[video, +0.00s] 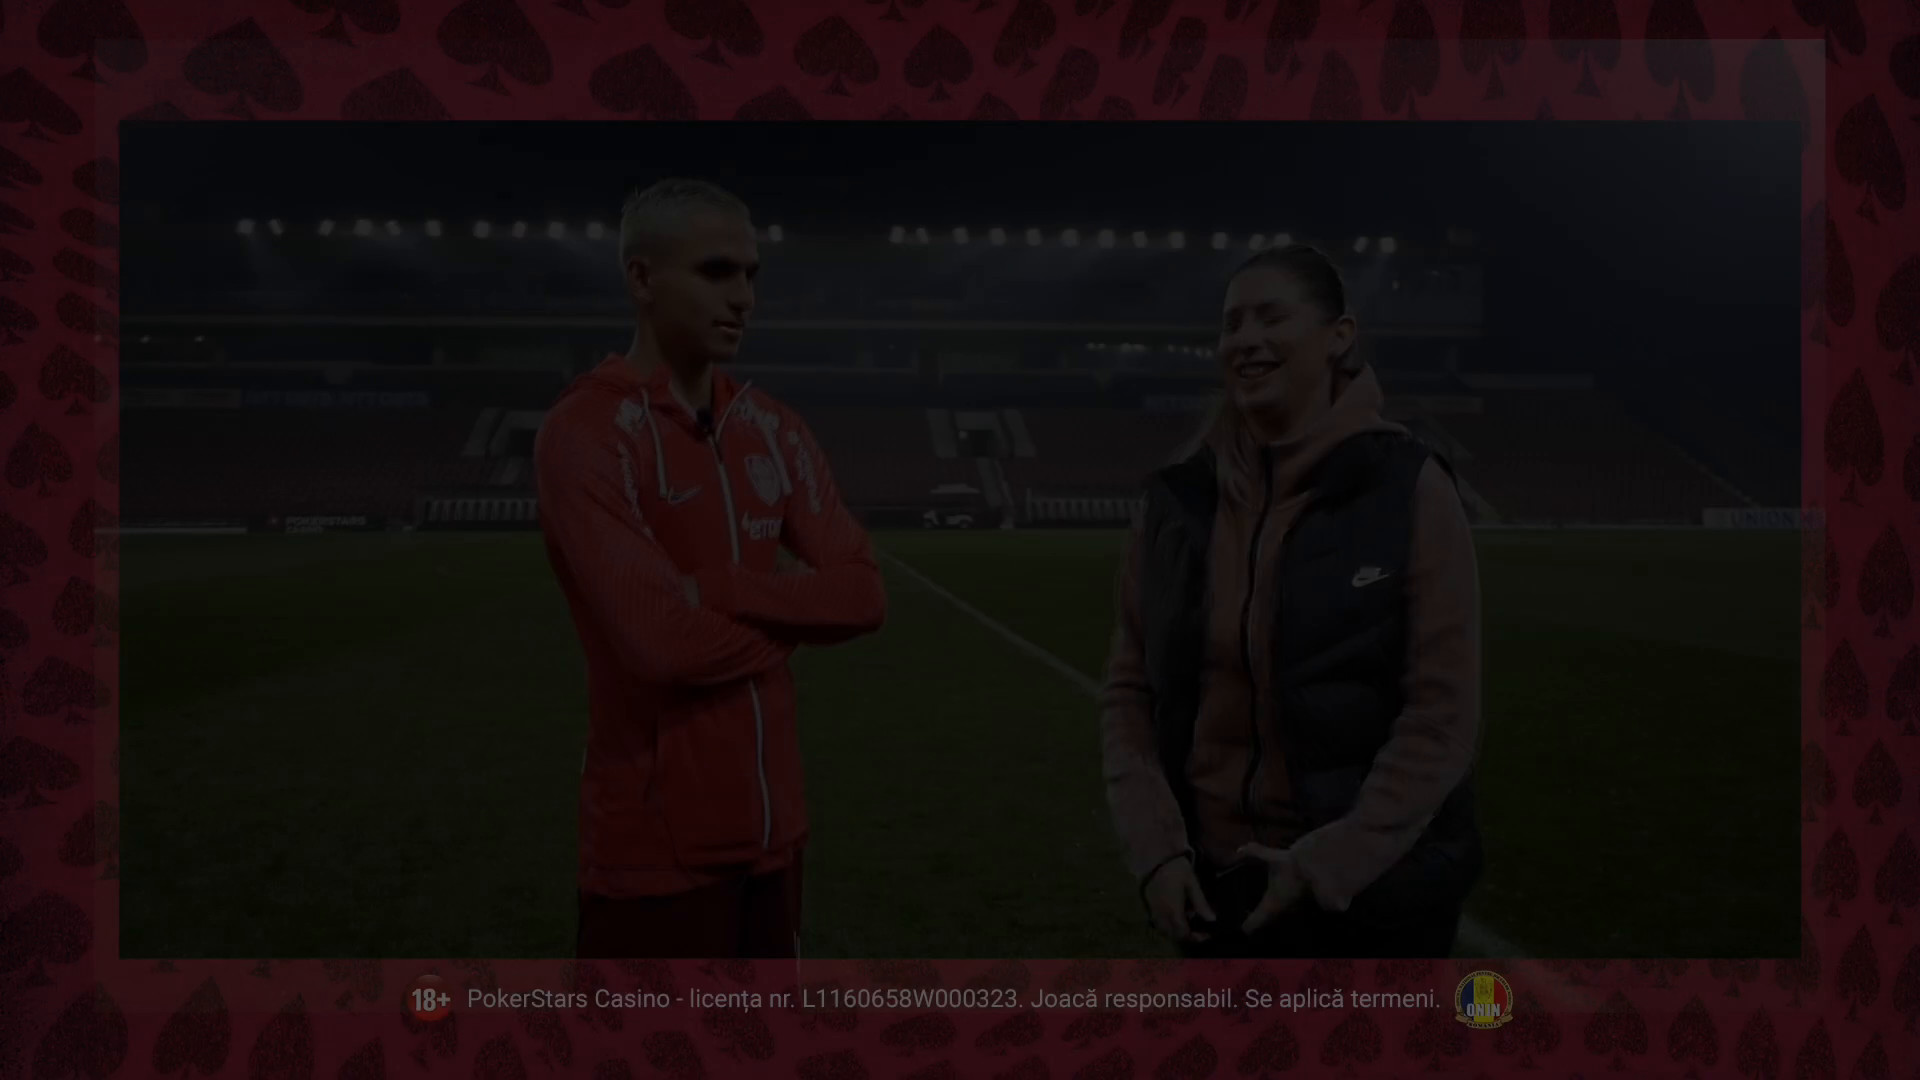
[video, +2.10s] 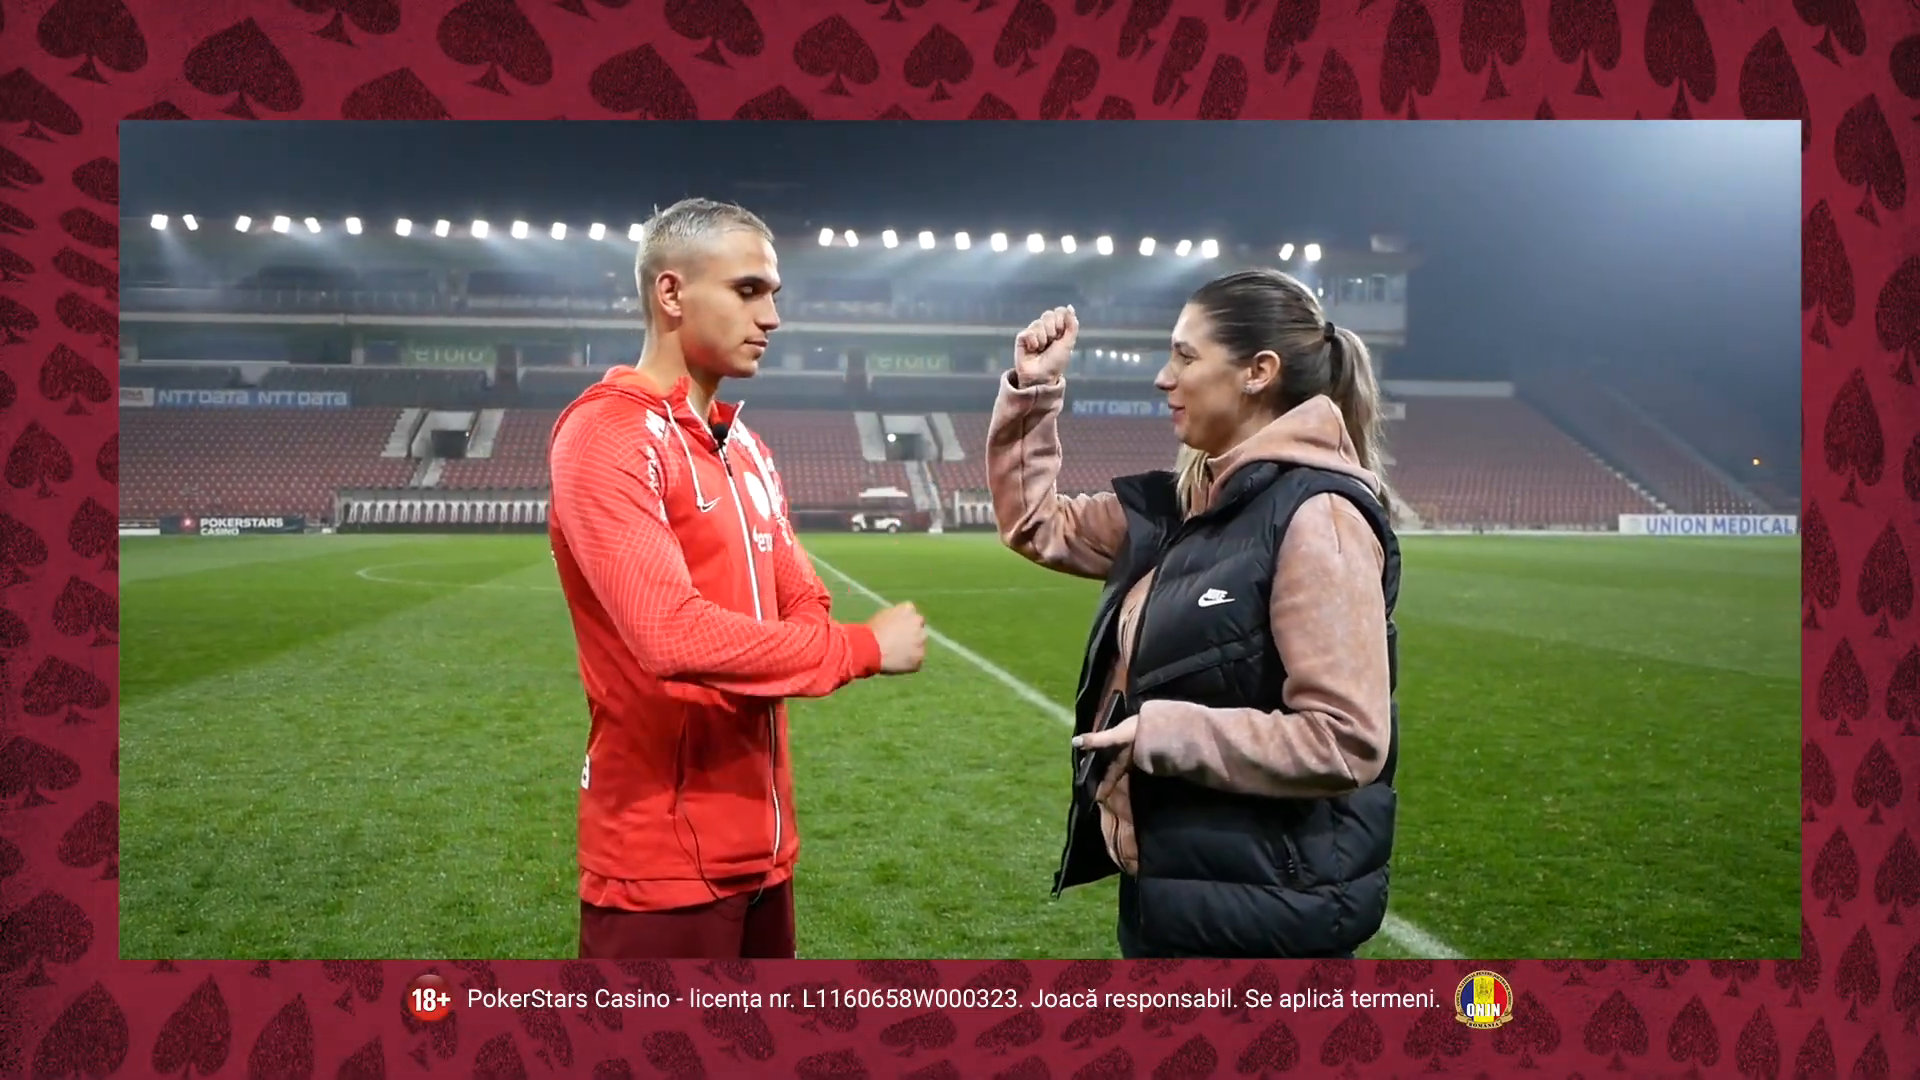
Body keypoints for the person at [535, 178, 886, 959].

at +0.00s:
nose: (741, 297)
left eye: (750, 276)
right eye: (717, 273)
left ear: (758, 281)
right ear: (642, 278)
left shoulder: (773, 427)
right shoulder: (584, 433)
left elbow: (861, 596)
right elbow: (658, 646)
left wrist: (713, 591)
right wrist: (791, 617)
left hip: (769, 821)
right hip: (651, 830)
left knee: (761, 1051)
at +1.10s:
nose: (744, 314)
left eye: (748, 291)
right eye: (722, 287)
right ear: (641, 288)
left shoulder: (739, 433)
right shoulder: (563, 433)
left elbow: (854, 587)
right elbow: (629, 651)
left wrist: (730, 584)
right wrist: (779, 655)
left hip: (741, 840)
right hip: (629, 851)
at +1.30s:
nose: (763, 328)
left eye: (766, 304)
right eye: (744, 299)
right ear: (666, 290)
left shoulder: (735, 436)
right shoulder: (568, 436)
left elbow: (794, 591)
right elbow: (709, 598)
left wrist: (801, 637)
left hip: (743, 843)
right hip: (633, 855)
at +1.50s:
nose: (778, 333)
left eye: (778, 310)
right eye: (759, 304)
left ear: (690, 300)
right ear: (683, 296)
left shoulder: (710, 434)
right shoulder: (605, 431)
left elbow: (734, 621)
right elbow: (832, 531)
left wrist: (786, 680)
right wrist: (845, 343)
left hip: (735, 856)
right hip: (645, 870)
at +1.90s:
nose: (772, 319)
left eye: (774, 295)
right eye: (753, 290)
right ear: (675, 291)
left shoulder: (711, 430)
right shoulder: (613, 426)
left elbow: (742, 610)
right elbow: (821, 552)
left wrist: (795, 669)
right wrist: (925, 413)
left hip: (741, 848)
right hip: (658, 860)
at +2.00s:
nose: (771, 314)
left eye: (772, 293)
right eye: (750, 287)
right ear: (671, 291)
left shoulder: (731, 442)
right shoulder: (608, 435)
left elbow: (761, 607)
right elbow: (745, 610)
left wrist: (810, 660)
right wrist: (882, 503)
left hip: (752, 847)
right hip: (659, 860)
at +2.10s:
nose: (772, 316)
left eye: (773, 294)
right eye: (750, 290)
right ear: (671, 294)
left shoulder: (742, 443)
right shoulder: (603, 434)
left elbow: (803, 600)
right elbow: (670, 636)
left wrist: (758, 663)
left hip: (758, 849)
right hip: (660, 862)